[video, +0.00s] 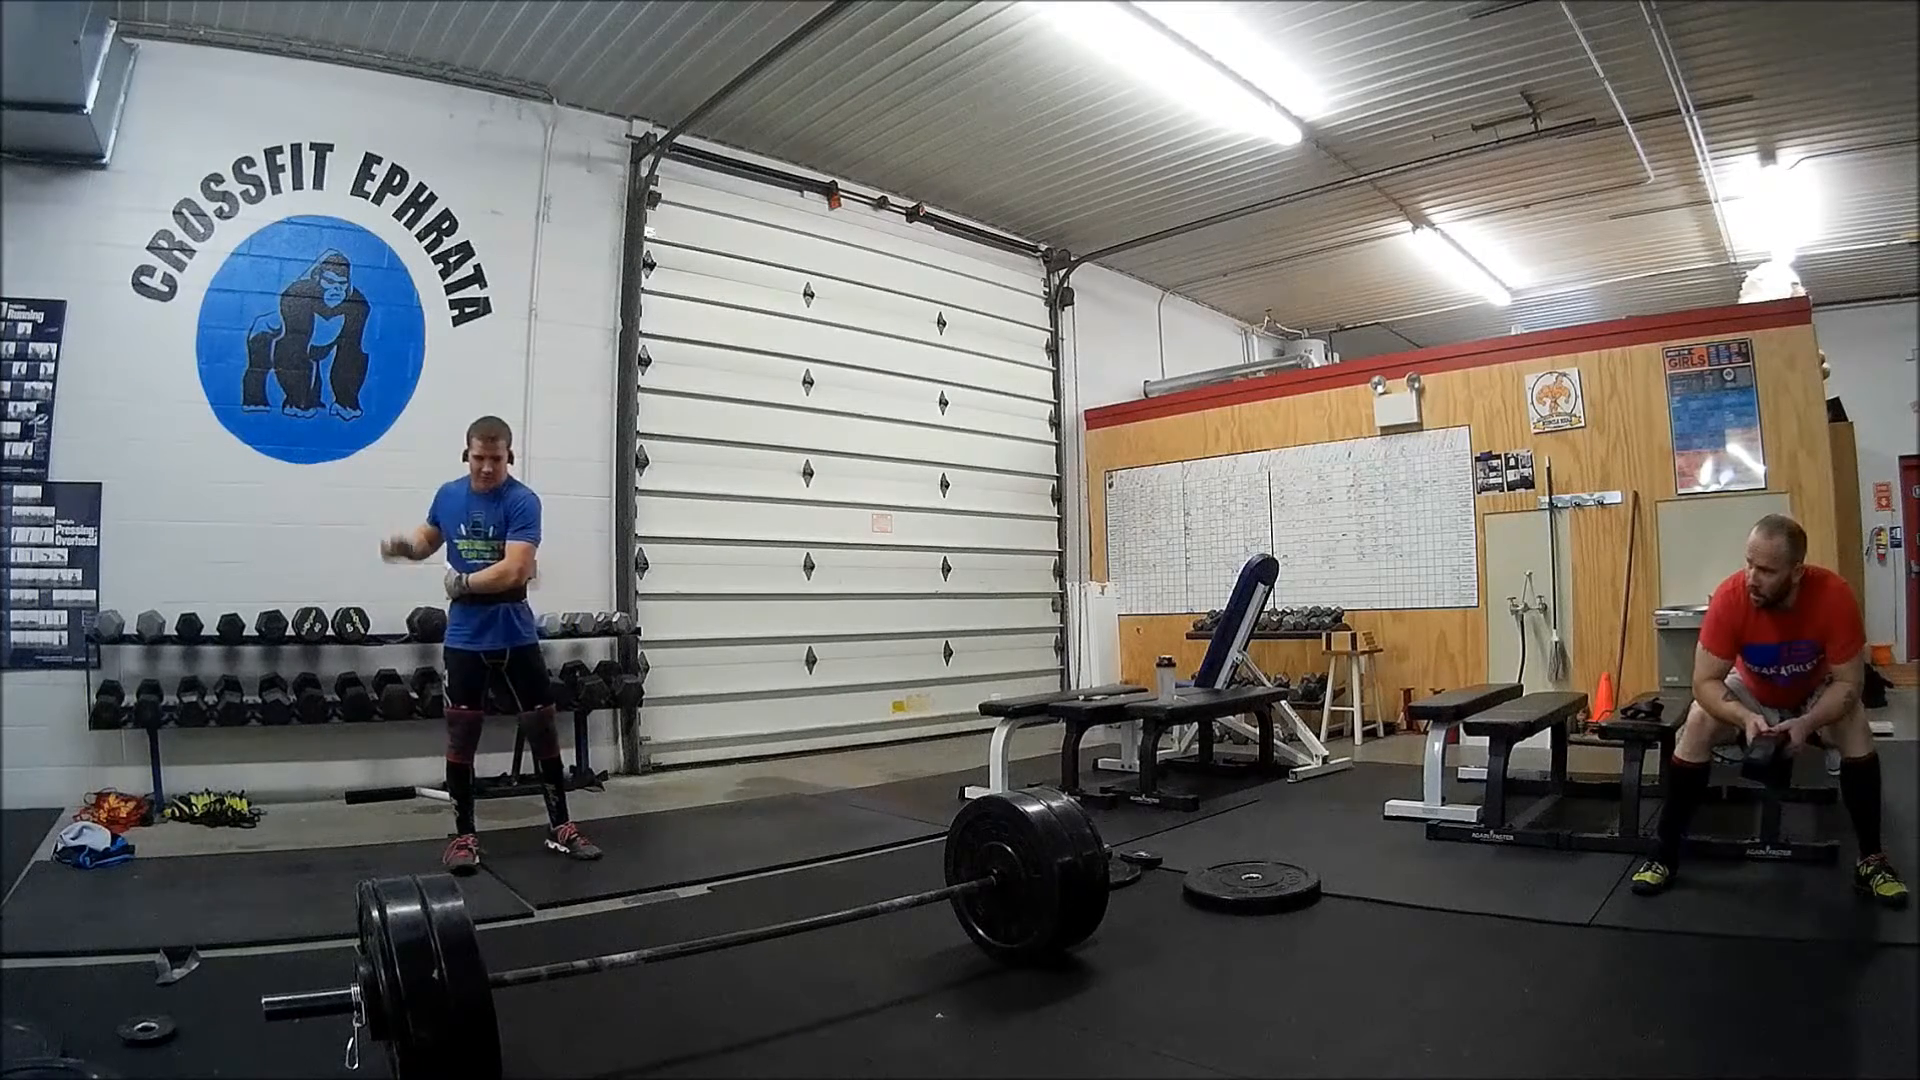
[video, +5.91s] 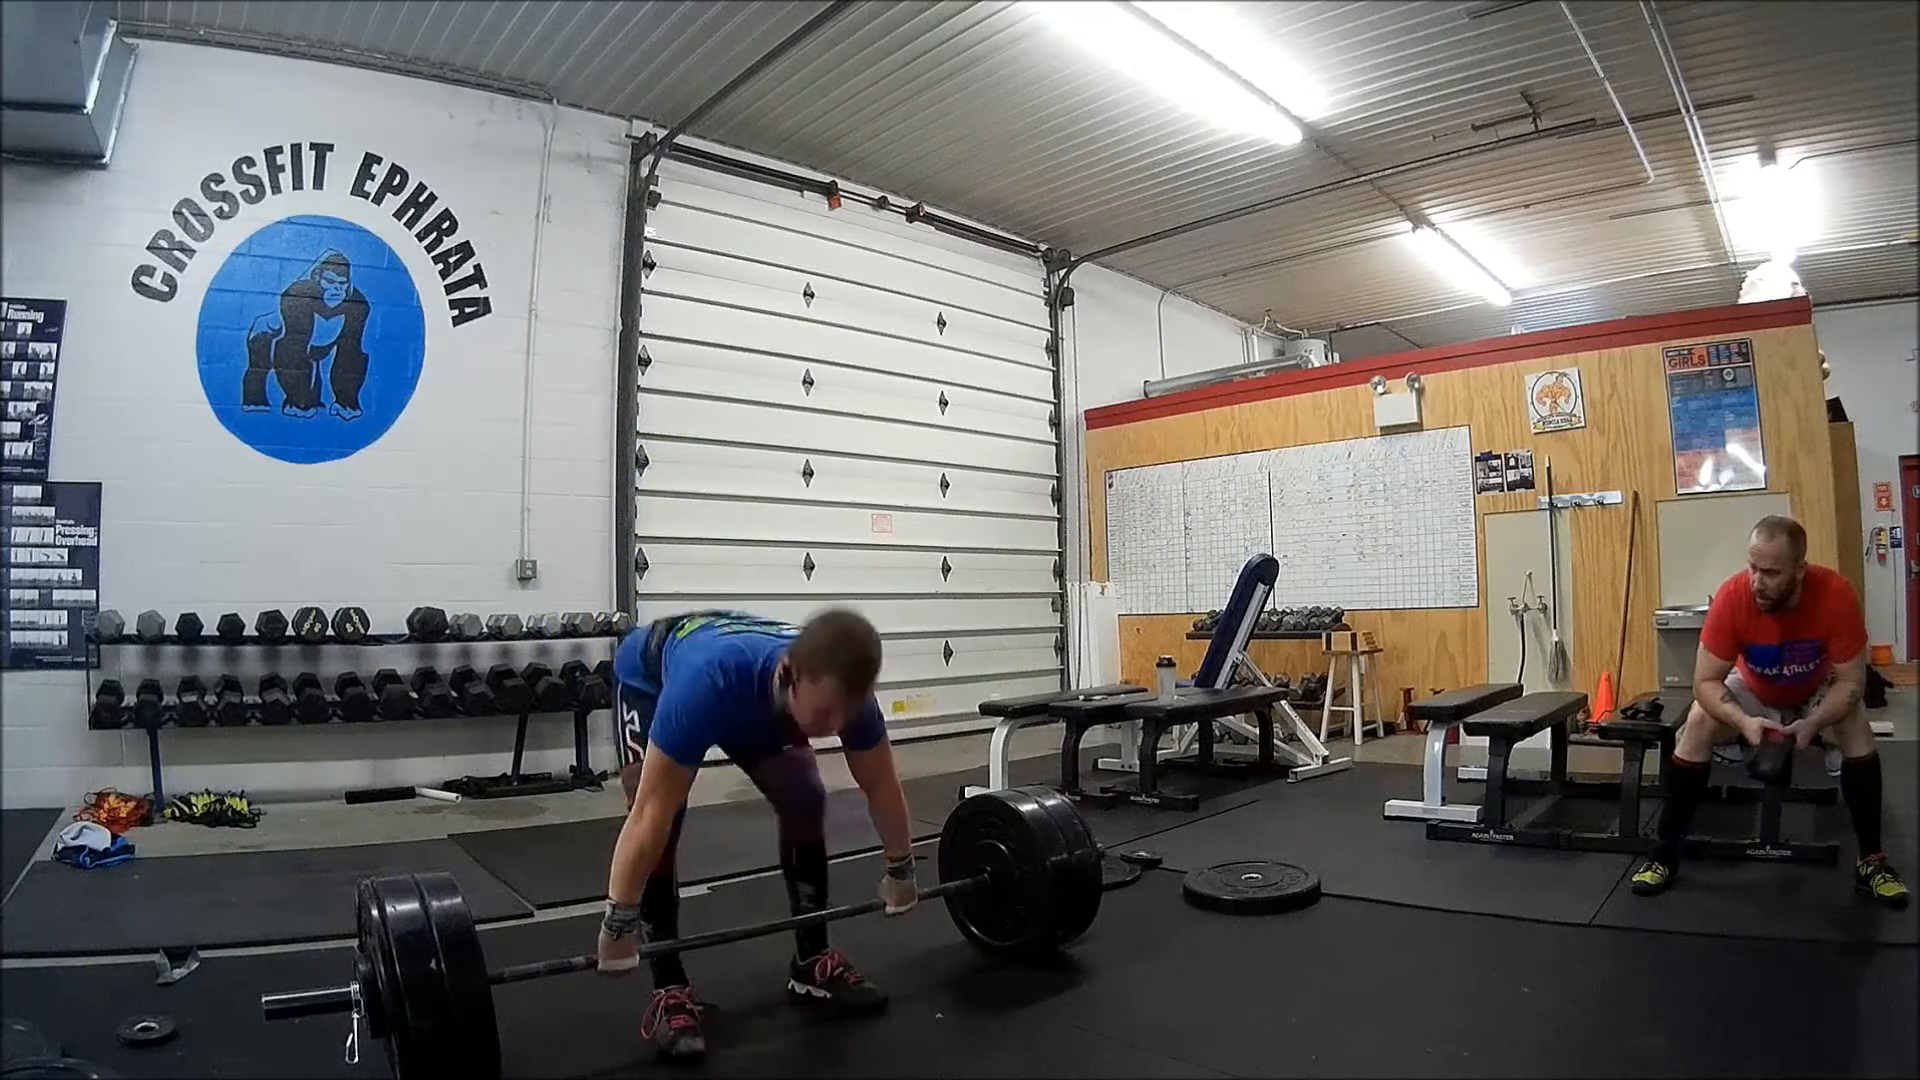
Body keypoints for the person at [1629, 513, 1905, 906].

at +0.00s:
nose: (1753, 579)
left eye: (1766, 571)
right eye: (1750, 565)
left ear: (1797, 569)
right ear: (1746, 558)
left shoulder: (1833, 595)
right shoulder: (1730, 597)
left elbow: (1849, 682)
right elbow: (1705, 683)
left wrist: (1807, 723)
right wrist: (1744, 717)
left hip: (1815, 695)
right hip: (1750, 693)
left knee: (1854, 722)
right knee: (1698, 721)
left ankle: (1871, 859)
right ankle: (1664, 856)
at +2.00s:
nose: (1757, 583)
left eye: (1770, 574)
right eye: (1752, 569)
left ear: (1798, 570)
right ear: (1747, 561)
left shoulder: (1834, 597)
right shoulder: (1731, 598)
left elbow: (1850, 684)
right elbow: (1703, 682)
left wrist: (1806, 722)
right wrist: (1742, 717)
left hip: (1815, 696)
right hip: (1751, 694)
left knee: (1854, 723)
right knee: (1696, 721)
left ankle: (1871, 859)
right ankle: (1665, 856)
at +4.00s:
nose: (1756, 584)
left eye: (1769, 575)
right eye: (1752, 570)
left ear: (1799, 569)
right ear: (1746, 562)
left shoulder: (1834, 595)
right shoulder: (1731, 598)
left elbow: (1850, 682)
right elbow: (1704, 683)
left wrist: (1808, 722)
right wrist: (1743, 718)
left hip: (1816, 695)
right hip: (1752, 694)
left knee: (1855, 723)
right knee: (1697, 721)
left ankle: (1871, 860)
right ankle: (1664, 857)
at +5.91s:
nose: (1759, 583)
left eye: (1771, 573)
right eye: (1753, 569)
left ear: (1800, 569)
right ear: (1747, 560)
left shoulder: (1834, 595)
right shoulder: (1732, 597)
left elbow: (1851, 681)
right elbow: (1705, 682)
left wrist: (1813, 722)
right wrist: (1742, 722)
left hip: (1816, 694)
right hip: (1752, 693)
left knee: (1854, 724)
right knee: (1698, 721)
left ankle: (1871, 860)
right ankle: (1664, 857)